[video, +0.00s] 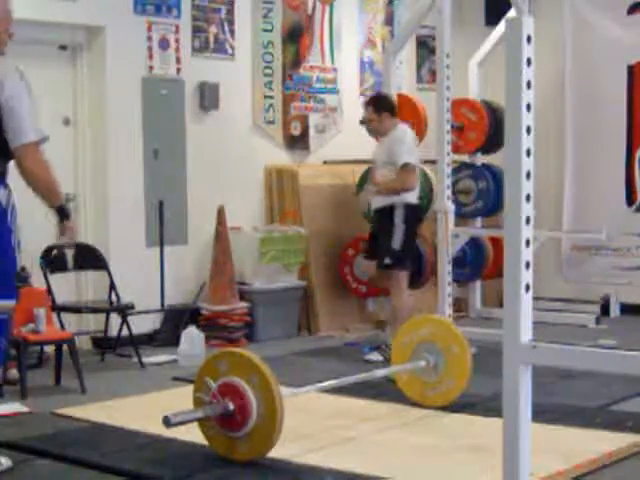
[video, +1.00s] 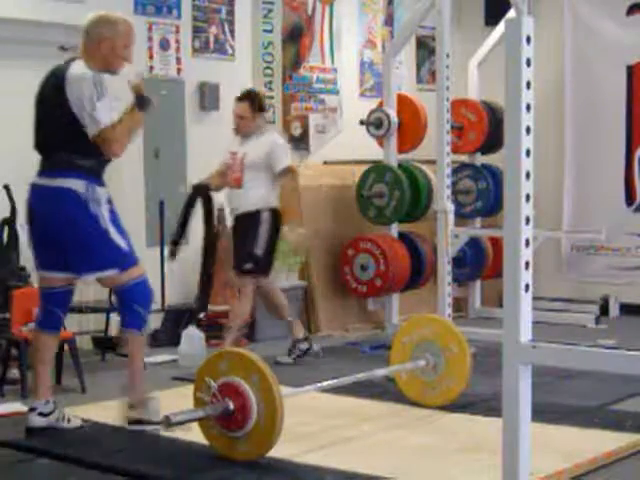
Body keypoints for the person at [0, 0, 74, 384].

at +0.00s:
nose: (11, 31)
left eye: (9, 22)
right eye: (7, 22)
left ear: (4, 27)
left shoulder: (10, 78)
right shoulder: (8, 78)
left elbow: (28, 155)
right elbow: (28, 157)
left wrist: (61, 207)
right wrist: (62, 208)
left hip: (5, 208)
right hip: (1, 209)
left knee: (10, 291)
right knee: (6, 294)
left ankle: (7, 360)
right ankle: (3, 365)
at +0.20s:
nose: (32, 28)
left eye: (32, 21)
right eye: (28, 21)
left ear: (8, 24)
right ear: (8, 24)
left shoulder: (14, 74)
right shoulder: (13, 75)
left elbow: (34, 155)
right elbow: (35, 158)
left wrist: (70, 169)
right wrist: (73, 170)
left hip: (8, 193)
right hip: (5, 195)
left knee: (12, 286)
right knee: (9, 289)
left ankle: (8, 365)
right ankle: (6, 367)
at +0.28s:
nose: (49, 44)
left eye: (50, 36)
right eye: (46, 35)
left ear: (20, 31)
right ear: (24, 32)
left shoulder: (12, 73)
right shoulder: (16, 76)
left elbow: (48, 157)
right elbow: (53, 160)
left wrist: (80, 132)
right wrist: (89, 126)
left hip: (7, 199)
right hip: (7, 201)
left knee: (11, 303)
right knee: (9, 306)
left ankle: (7, 401)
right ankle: (5, 404)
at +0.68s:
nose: (88, 53)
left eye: (88, 45)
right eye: (84, 45)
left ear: (48, 44)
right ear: (61, 43)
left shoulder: (11, 76)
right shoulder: (44, 80)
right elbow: (109, 128)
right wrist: (98, 74)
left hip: (8, 193)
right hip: (33, 197)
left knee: (35, 305)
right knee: (53, 313)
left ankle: (39, 407)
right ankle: (4, 399)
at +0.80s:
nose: (96, 51)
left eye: (95, 43)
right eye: (92, 43)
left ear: (58, 40)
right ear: (72, 41)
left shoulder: (21, 75)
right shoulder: (54, 76)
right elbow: (114, 126)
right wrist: (106, 72)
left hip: (12, 192)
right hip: (45, 194)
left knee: (43, 301)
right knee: (87, 304)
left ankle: (42, 404)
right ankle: (15, 389)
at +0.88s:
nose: (112, 52)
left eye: (112, 44)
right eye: (109, 44)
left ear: (75, 41)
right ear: (88, 42)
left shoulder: (38, 74)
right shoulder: (69, 76)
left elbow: (35, 140)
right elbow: (118, 130)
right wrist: (120, 77)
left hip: (27, 194)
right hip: (61, 195)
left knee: (47, 301)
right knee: (118, 293)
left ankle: (42, 402)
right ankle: (72, 392)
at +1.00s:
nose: (128, 58)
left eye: (129, 50)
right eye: (125, 49)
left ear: (94, 44)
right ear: (103, 44)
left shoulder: (57, 76)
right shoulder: (89, 78)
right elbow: (112, 143)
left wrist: (129, 114)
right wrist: (139, 106)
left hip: (43, 194)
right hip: (78, 196)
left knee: (53, 304)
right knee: (137, 294)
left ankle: (42, 406)